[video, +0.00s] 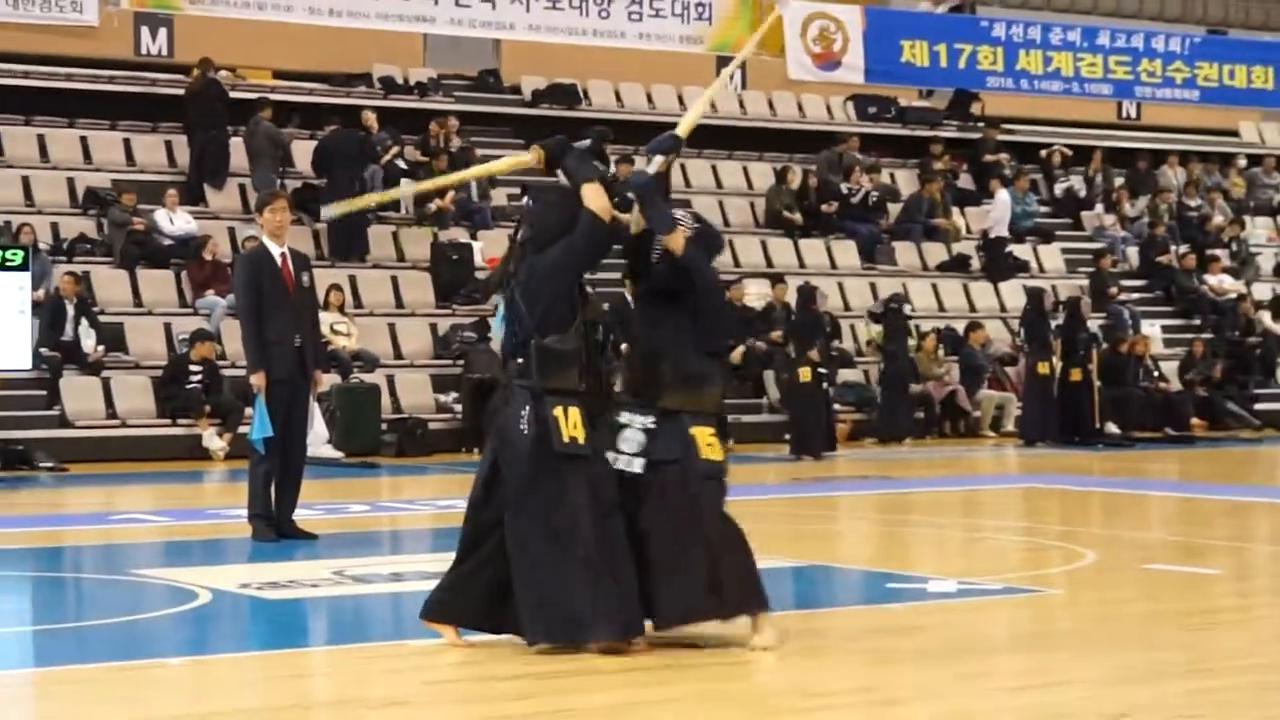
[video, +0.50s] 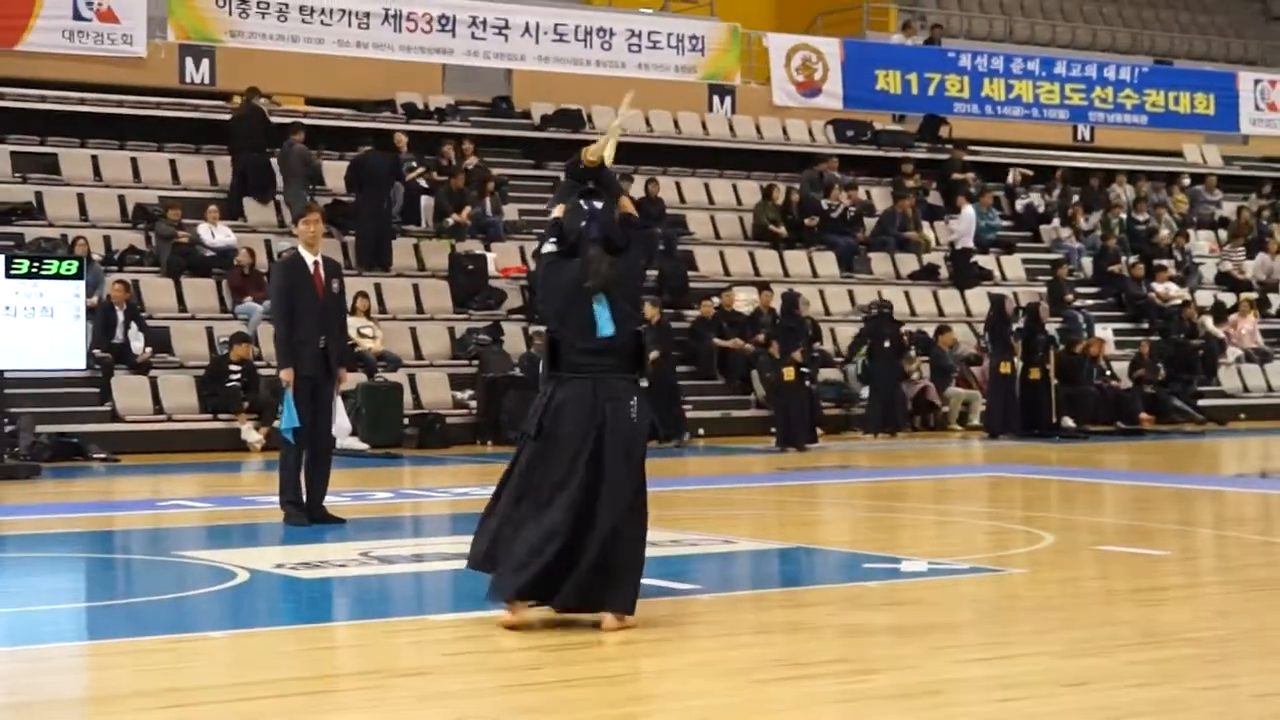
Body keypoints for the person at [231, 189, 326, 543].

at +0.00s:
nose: (279, 217)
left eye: (284, 211)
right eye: (272, 212)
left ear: (291, 216)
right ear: (260, 218)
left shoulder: (301, 260)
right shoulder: (249, 260)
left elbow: (311, 315)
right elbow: (247, 318)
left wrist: (316, 363)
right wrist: (255, 367)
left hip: (301, 363)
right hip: (269, 364)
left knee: (294, 445)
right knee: (266, 446)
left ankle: (285, 517)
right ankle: (260, 520)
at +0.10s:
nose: (286, 219)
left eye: (290, 213)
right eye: (278, 213)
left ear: (297, 218)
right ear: (266, 219)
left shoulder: (307, 261)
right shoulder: (255, 261)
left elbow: (317, 316)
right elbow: (254, 318)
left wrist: (322, 363)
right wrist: (261, 366)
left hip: (307, 362)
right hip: (275, 364)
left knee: (300, 444)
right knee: (272, 444)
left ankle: (290, 515)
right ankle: (266, 517)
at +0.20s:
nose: (292, 221)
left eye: (296, 215)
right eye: (285, 216)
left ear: (303, 220)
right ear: (273, 221)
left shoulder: (313, 262)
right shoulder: (263, 261)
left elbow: (323, 315)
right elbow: (261, 317)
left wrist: (328, 362)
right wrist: (269, 365)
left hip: (313, 361)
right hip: (283, 363)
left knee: (307, 442)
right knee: (280, 442)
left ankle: (297, 511)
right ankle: (274, 513)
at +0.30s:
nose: (304, 225)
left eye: (308, 219)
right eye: (297, 220)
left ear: (314, 224)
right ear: (286, 226)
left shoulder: (324, 265)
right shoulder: (274, 265)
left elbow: (333, 317)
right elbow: (273, 318)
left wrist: (337, 362)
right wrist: (280, 364)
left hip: (323, 362)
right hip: (293, 363)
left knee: (317, 438)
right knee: (291, 439)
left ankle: (308, 506)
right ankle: (285, 509)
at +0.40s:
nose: (310, 227)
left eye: (314, 222)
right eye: (304, 222)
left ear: (321, 226)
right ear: (293, 228)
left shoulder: (331, 267)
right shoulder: (281, 266)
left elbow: (339, 318)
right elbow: (279, 318)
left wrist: (342, 362)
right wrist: (286, 364)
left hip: (328, 360)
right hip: (298, 362)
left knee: (322, 436)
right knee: (296, 436)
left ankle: (314, 504)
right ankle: (292, 506)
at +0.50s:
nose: (312, 228)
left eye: (316, 223)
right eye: (306, 223)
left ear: (323, 227)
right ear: (296, 229)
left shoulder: (333, 267)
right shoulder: (284, 267)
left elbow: (339, 318)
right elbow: (280, 319)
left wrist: (341, 362)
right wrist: (284, 363)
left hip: (326, 361)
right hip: (297, 362)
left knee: (322, 436)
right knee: (295, 435)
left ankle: (316, 503)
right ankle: (291, 505)